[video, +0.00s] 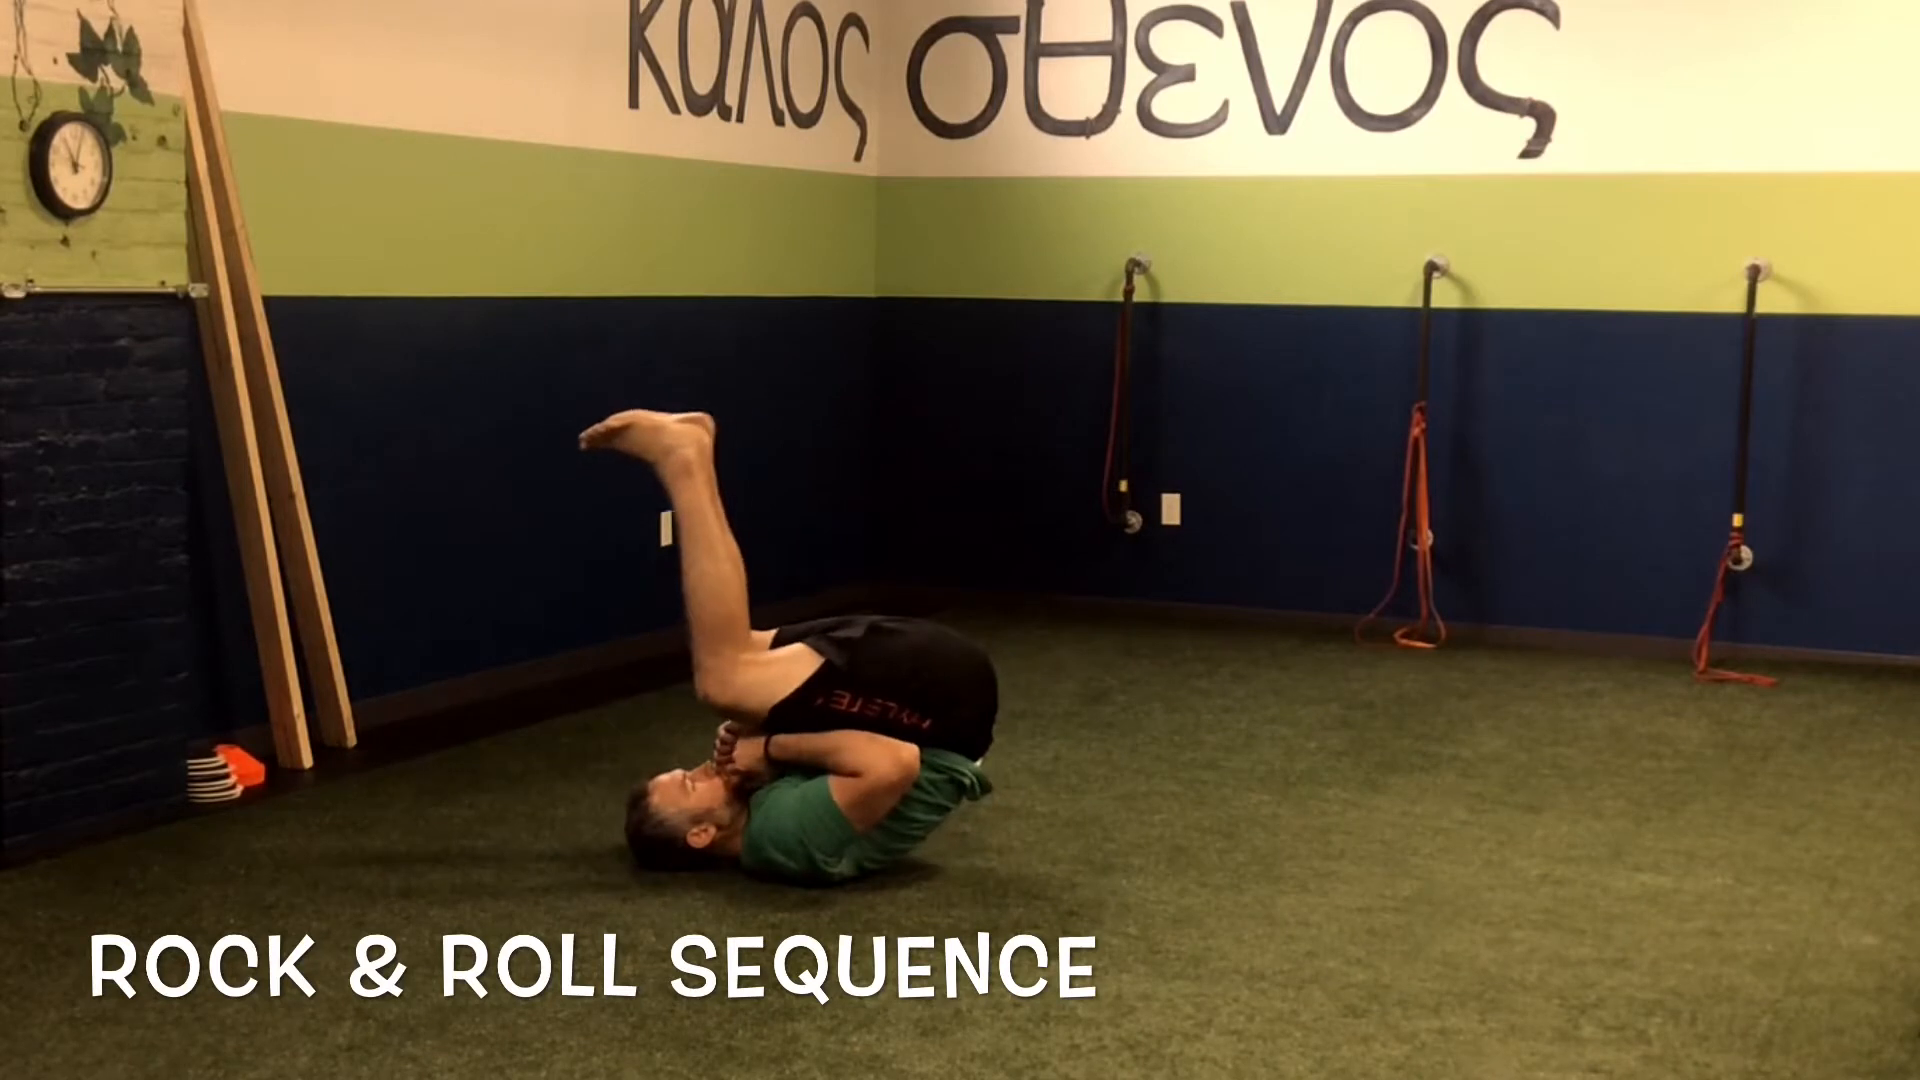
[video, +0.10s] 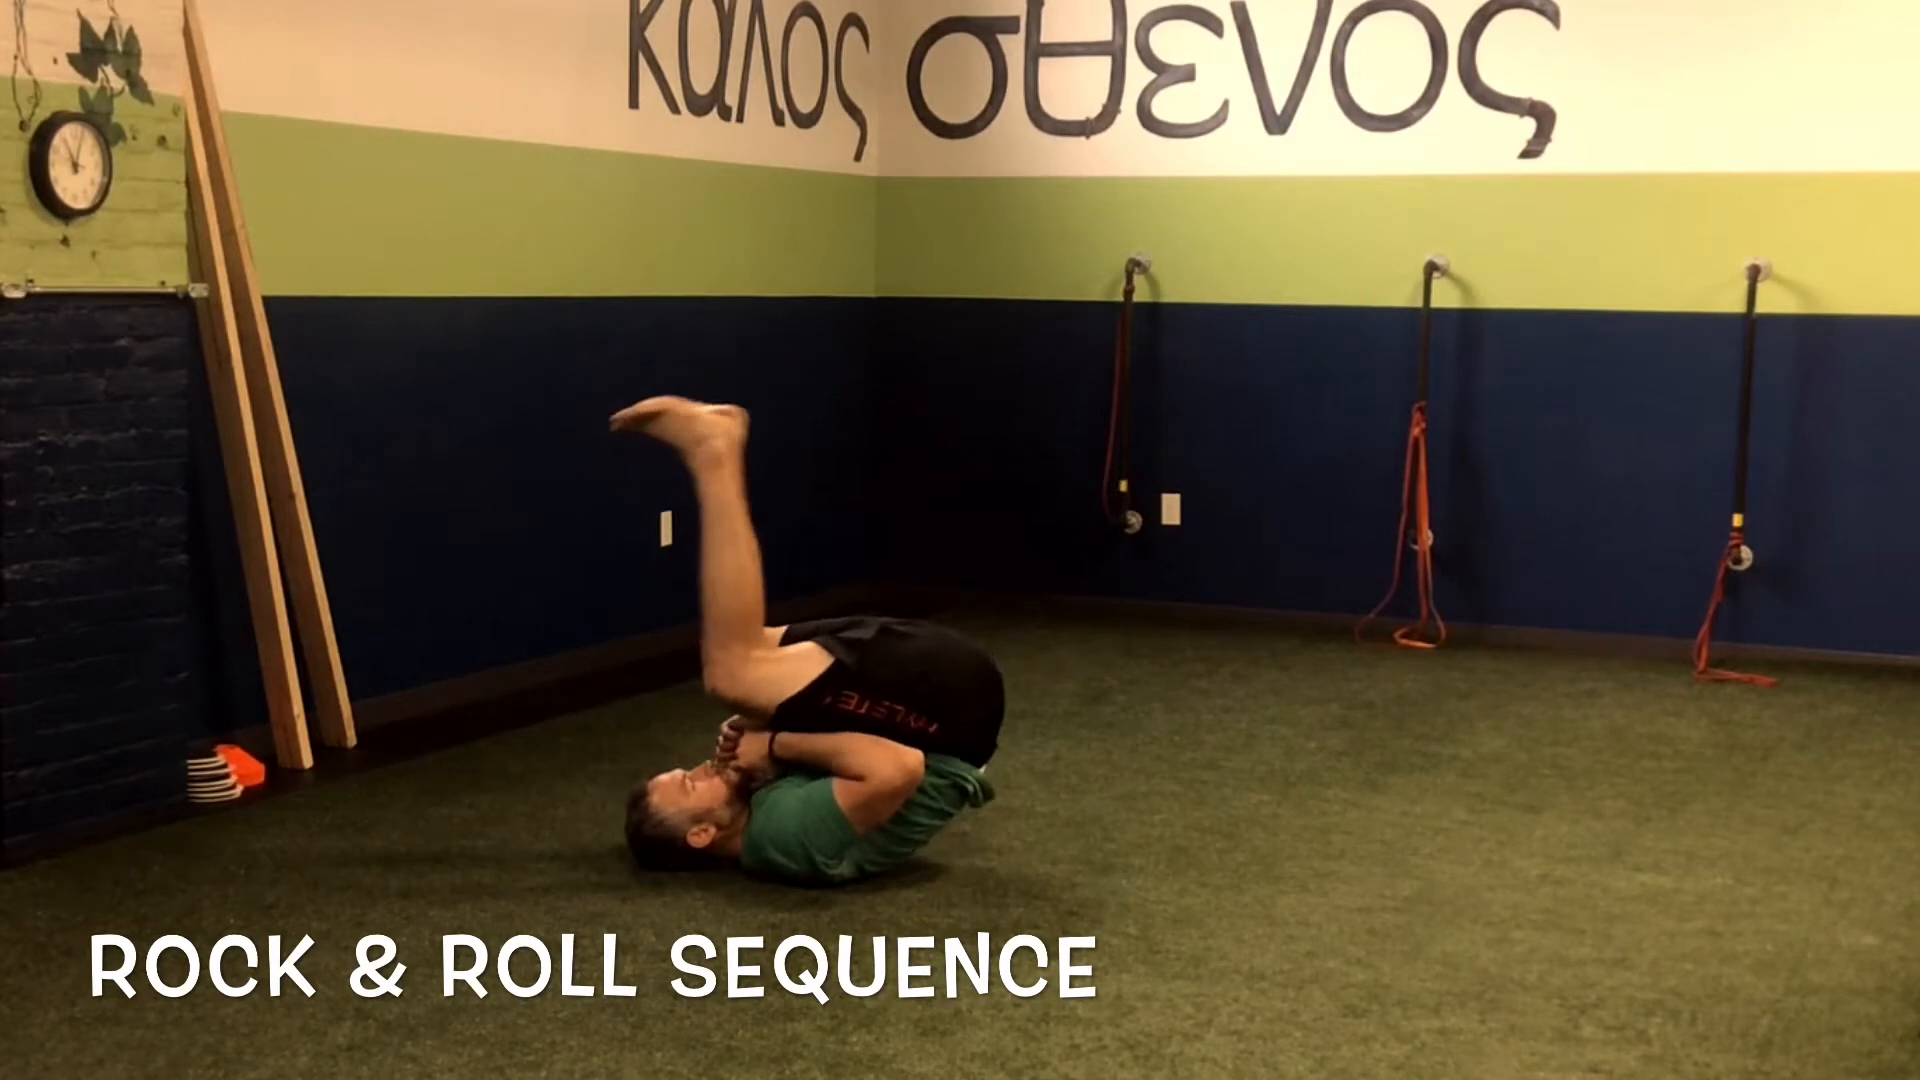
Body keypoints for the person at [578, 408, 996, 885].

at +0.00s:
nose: (699, 767)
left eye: (682, 773)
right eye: (685, 783)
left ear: (706, 829)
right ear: (703, 830)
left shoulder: (761, 813)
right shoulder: (780, 837)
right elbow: (896, 765)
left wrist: (749, 740)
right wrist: (770, 751)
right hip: (953, 692)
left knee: (744, 647)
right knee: (722, 674)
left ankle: (691, 459)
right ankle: (684, 455)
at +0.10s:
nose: (705, 766)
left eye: (687, 770)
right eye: (691, 783)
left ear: (707, 831)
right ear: (704, 832)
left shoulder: (758, 816)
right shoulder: (780, 834)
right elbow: (901, 771)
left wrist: (753, 759)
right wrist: (775, 746)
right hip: (959, 698)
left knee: (752, 645)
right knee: (732, 671)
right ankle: (714, 448)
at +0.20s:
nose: (701, 766)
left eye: (686, 770)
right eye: (689, 782)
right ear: (703, 831)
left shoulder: (758, 812)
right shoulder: (785, 832)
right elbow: (907, 774)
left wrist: (769, 749)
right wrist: (782, 743)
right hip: (971, 710)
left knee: (771, 638)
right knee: (747, 659)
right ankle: (767, 436)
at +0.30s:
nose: (706, 758)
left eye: (688, 761)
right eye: (692, 774)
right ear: (706, 822)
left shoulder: (766, 812)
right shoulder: (787, 832)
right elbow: (913, 782)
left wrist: (779, 739)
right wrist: (793, 741)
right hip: (983, 729)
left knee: (797, 633)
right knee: (772, 641)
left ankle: (836, 432)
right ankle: (835, 432)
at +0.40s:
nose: (718, 745)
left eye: (700, 746)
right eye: (701, 759)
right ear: (710, 809)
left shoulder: (778, 804)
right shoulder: (790, 829)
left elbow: (871, 719)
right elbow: (922, 791)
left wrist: (793, 712)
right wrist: (808, 735)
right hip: (999, 750)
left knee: (804, 616)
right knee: (807, 626)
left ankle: (916, 435)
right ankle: (916, 435)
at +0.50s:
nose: (740, 725)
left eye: (722, 726)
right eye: (722, 737)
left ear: (726, 785)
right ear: (723, 786)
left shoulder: (788, 788)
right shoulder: (793, 818)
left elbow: (882, 719)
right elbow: (938, 797)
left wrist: (819, 699)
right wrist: (830, 726)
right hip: (1010, 775)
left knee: (852, 597)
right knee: (856, 607)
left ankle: (1006, 454)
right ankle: (1011, 454)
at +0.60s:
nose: (767, 695)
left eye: (748, 693)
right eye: (746, 705)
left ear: (748, 758)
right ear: (742, 758)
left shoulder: (800, 776)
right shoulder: (814, 798)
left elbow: (929, 743)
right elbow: (963, 802)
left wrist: (869, 699)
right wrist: (868, 716)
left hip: (1001, 785)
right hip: (1027, 801)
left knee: (913, 588)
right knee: (912, 593)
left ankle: (1094, 494)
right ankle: (1105, 497)